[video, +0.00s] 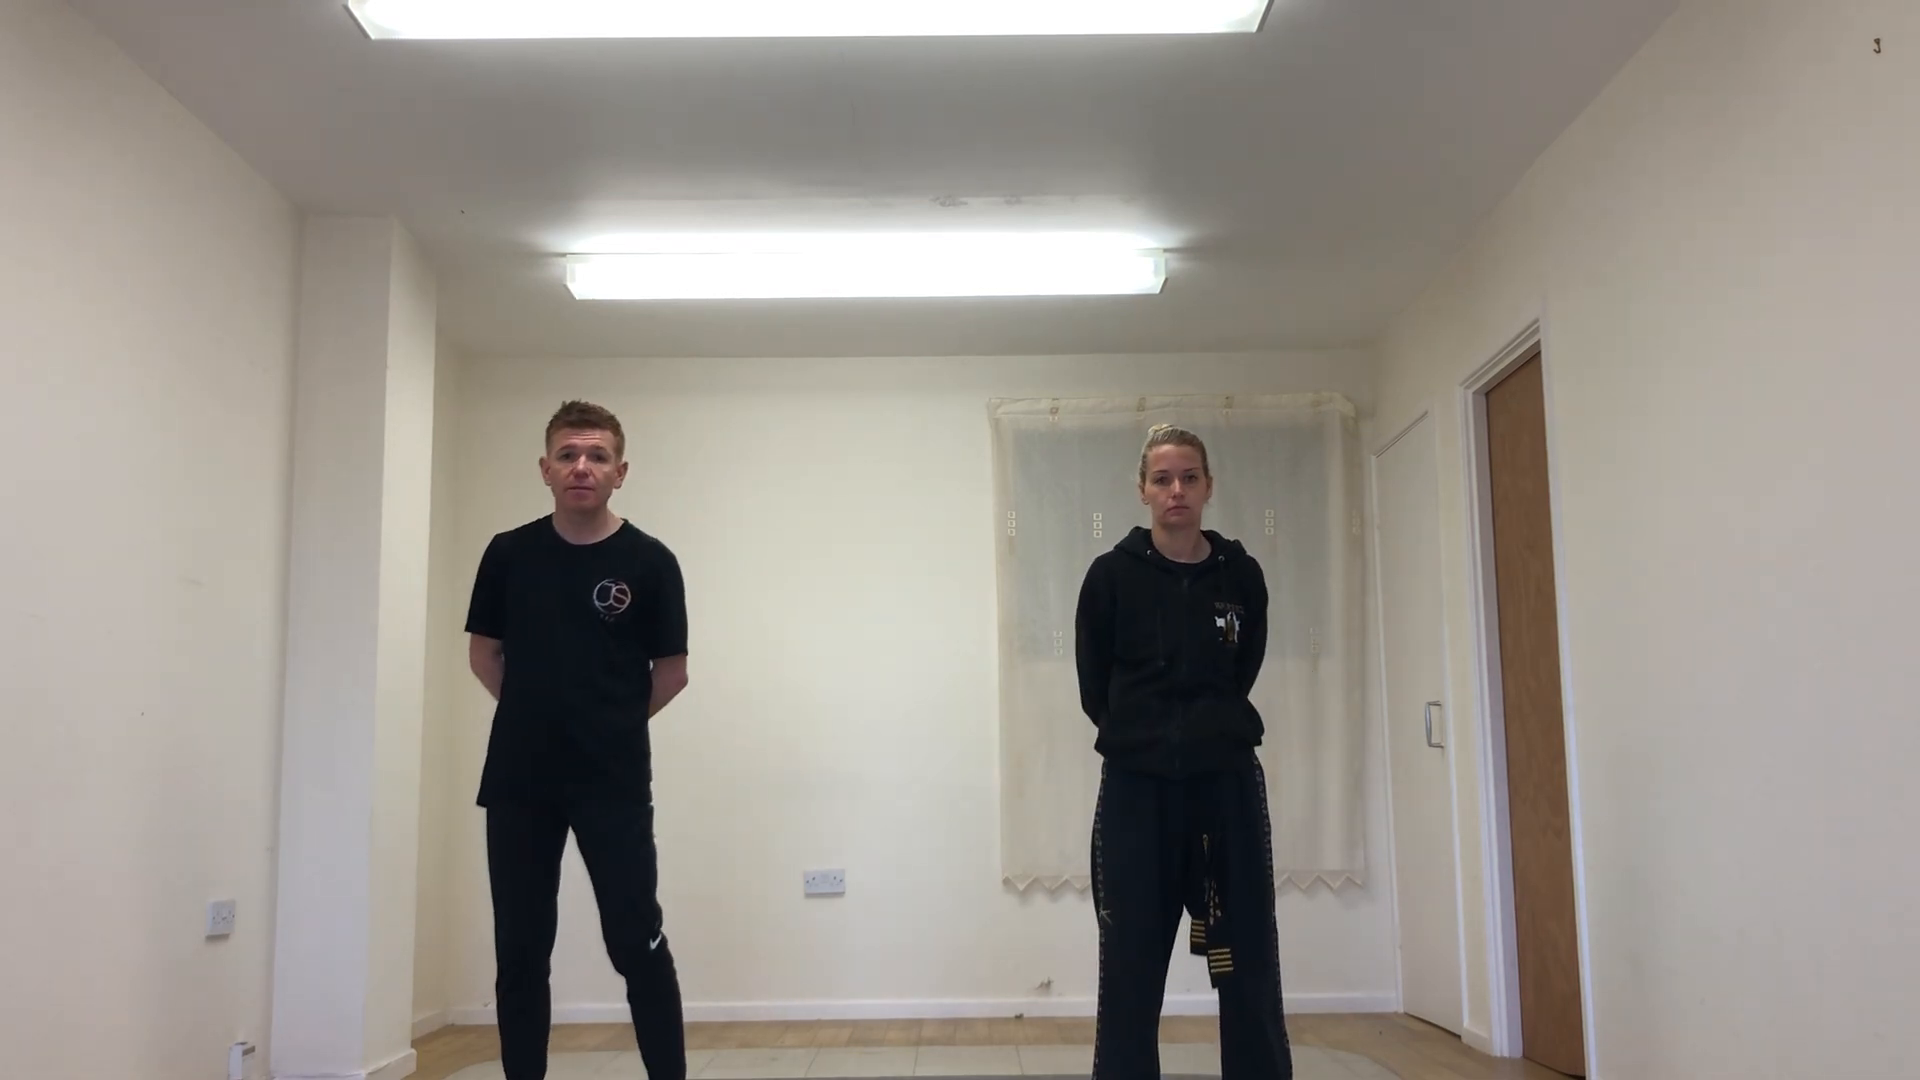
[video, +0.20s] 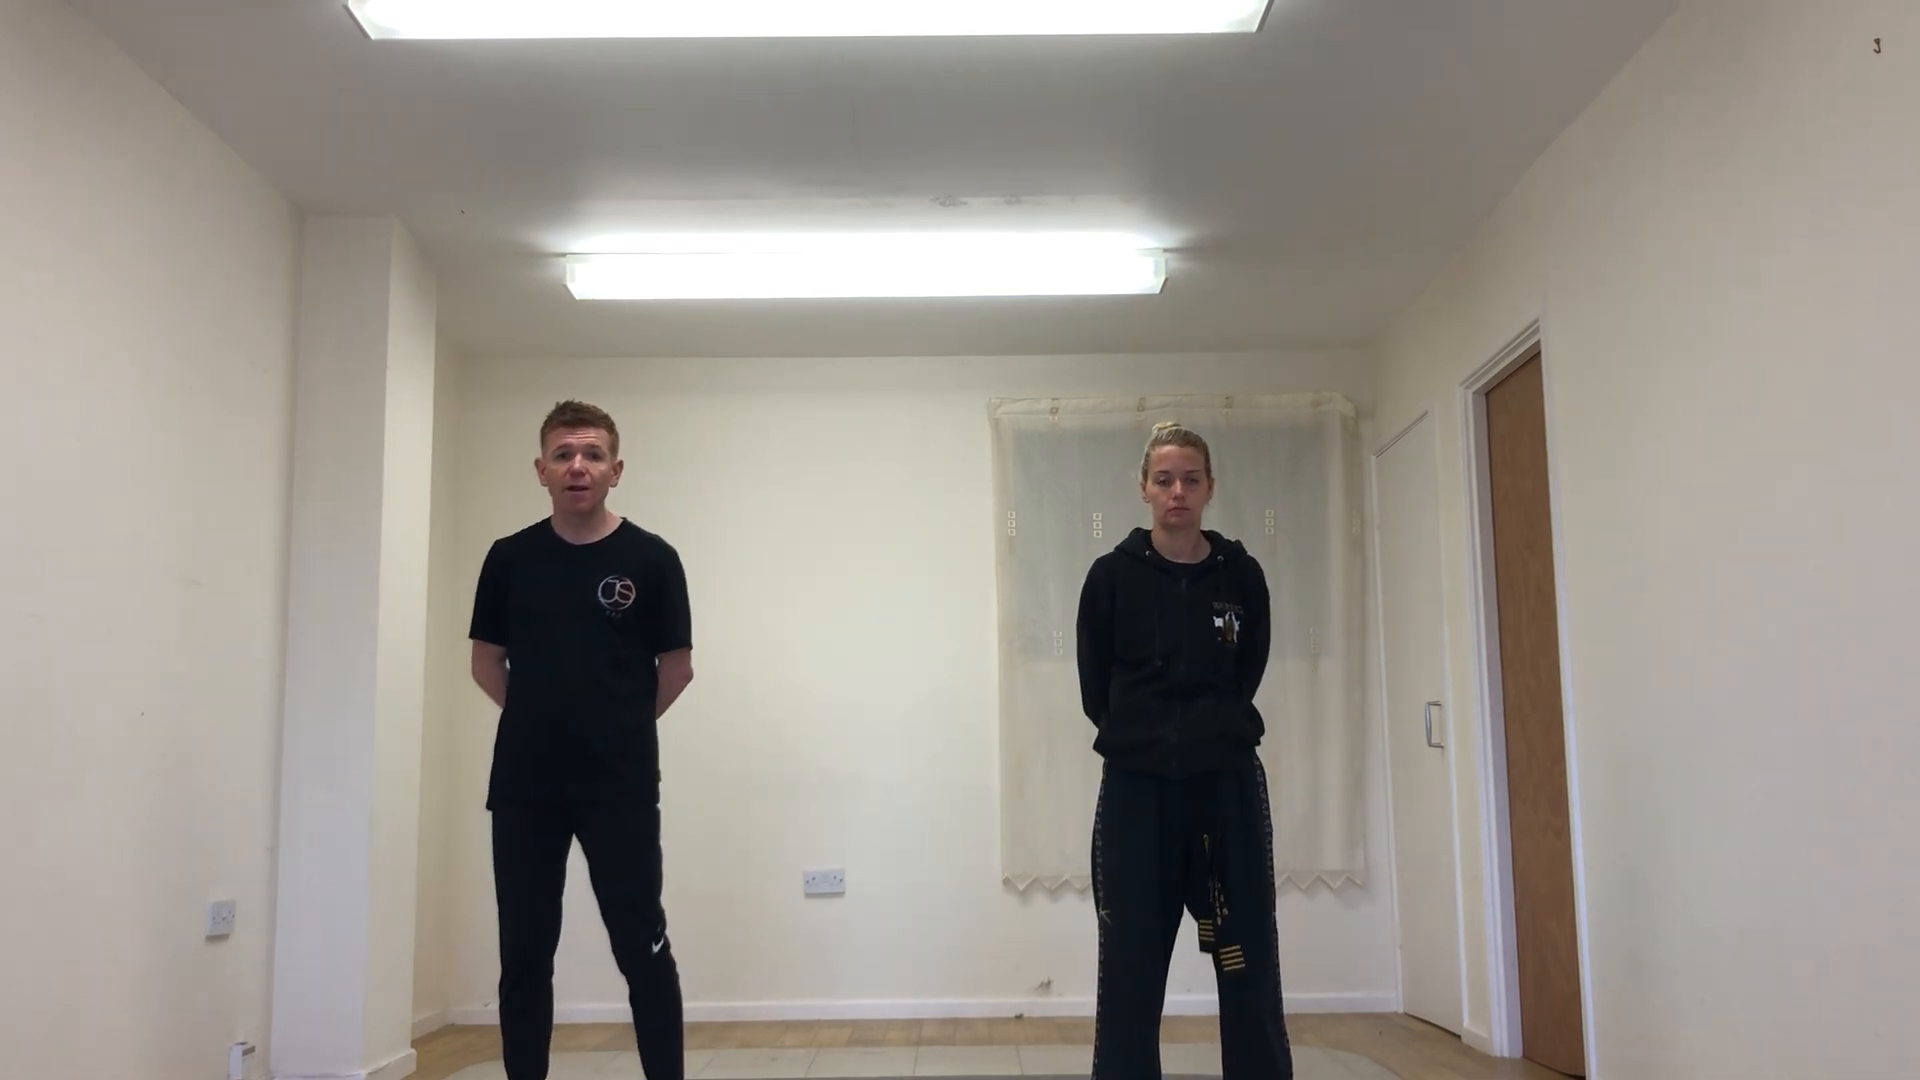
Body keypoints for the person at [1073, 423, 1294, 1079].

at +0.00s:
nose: (1176, 490)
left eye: (1188, 478)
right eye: (1161, 480)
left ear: (1207, 487)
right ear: (1144, 492)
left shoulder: (1241, 571)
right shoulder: (1110, 573)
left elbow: (1247, 665)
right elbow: (1093, 681)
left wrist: (1208, 723)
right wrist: (1141, 734)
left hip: (1228, 780)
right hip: (1138, 781)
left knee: (1249, 962)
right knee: (1131, 965)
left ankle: (1260, 1077)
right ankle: (1124, 1077)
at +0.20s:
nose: (1178, 491)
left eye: (1190, 479)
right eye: (1164, 480)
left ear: (1209, 489)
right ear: (1145, 491)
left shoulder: (1241, 571)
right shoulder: (1111, 573)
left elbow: (1252, 665)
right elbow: (1093, 680)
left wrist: (1213, 727)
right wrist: (1138, 737)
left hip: (1228, 780)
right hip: (1137, 782)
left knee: (1248, 959)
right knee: (1130, 966)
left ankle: (1261, 1076)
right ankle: (1124, 1078)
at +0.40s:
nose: (1178, 491)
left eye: (1191, 479)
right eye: (1164, 480)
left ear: (1210, 488)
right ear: (1146, 490)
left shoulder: (1241, 571)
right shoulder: (1111, 573)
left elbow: (1257, 669)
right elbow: (1094, 678)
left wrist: (1217, 730)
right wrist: (1137, 737)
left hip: (1229, 780)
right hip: (1137, 781)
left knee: (1248, 960)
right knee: (1130, 965)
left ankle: (1260, 1075)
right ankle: (1125, 1077)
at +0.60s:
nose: (1178, 490)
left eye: (1191, 478)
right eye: (1164, 479)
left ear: (1209, 488)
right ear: (1145, 490)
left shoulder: (1241, 571)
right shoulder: (1112, 573)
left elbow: (1256, 669)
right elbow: (1094, 679)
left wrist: (1217, 729)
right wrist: (1137, 738)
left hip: (1230, 779)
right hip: (1138, 781)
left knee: (1249, 958)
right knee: (1131, 962)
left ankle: (1260, 1076)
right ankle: (1125, 1077)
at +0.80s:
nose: (1176, 488)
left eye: (1189, 476)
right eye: (1162, 478)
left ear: (1207, 487)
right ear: (1144, 489)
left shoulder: (1240, 570)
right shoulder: (1111, 573)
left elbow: (1255, 668)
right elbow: (1093, 680)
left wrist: (1217, 730)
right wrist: (1136, 739)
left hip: (1229, 779)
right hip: (1138, 780)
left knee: (1249, 959)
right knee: (1130, 963)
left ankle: (1260, 1077)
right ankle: (1124, 1078)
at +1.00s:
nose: (1175, 488)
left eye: (1188, 476)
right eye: (1161, 477)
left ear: (1206, 486)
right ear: (1143, 488)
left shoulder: (1239, 570)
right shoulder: (1110, 574)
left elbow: (1255, 668)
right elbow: (1094, 681)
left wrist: (1216, 730)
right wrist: (1137, 740)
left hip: (1229, 780)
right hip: (1138, 782)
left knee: (1249, 961)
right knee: (1130, 966)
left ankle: (1261, 1077)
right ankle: (1124, 1079)